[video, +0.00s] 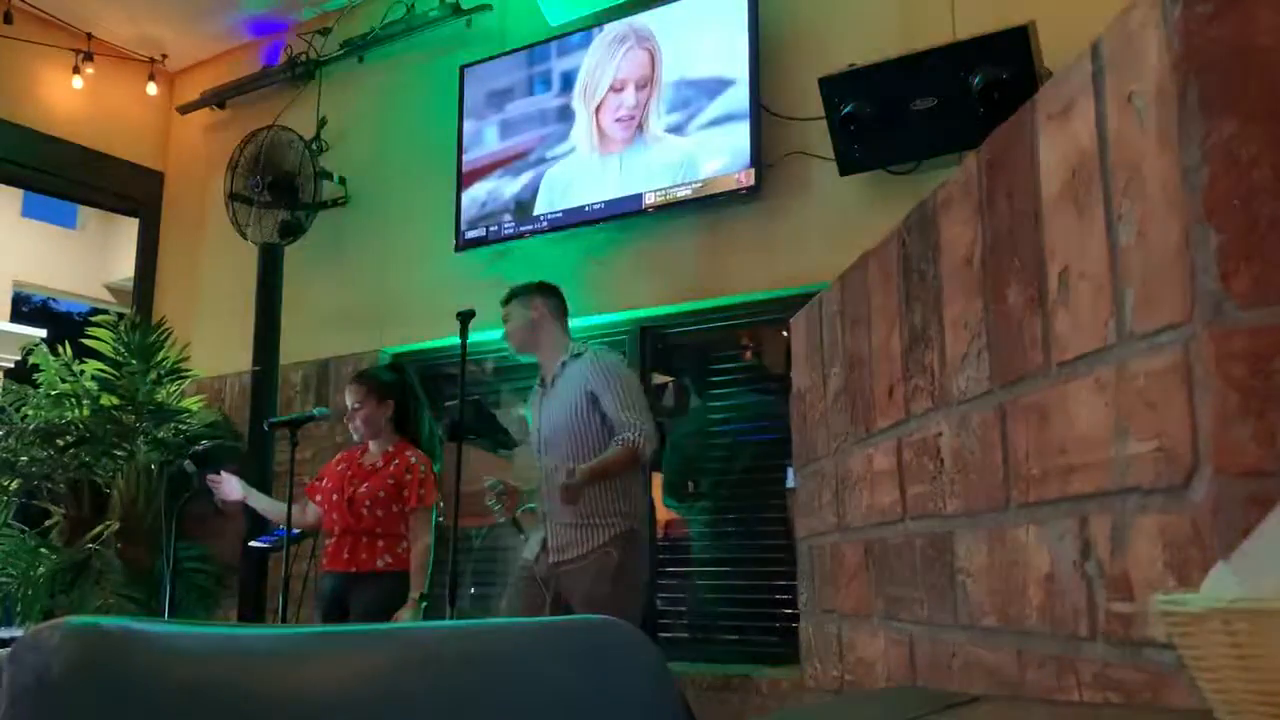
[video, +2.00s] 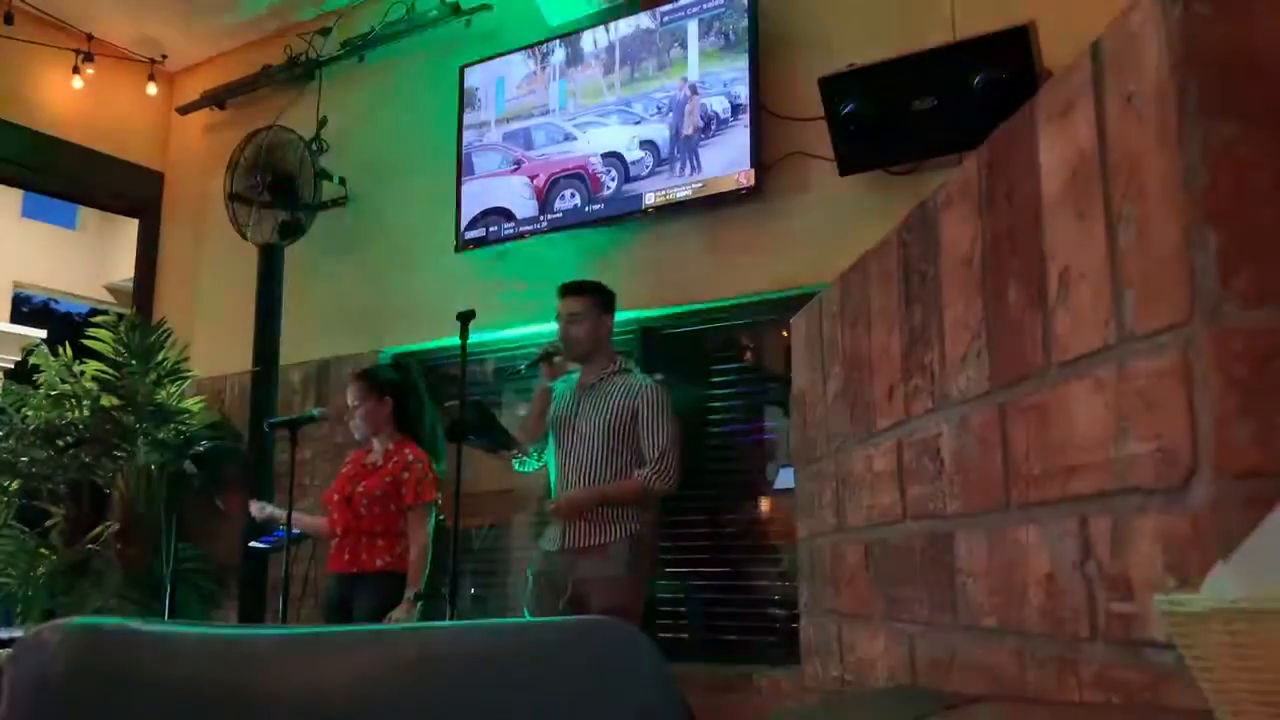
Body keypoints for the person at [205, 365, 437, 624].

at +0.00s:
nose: (348, 417)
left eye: (357, 408)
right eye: (347, 410)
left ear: (387, 408)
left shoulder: (413, 464)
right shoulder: (342, 463)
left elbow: (421, 539)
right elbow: (304, 517)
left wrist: (415, 601)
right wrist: (244, 492)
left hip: (385, 583)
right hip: (334, 582)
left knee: (371, 677)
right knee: (329, 675)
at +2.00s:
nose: (349, 416)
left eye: (357, 406)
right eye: (349, 408)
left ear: (386, 405)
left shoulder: (413, 461)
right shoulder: (355, 460)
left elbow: (419, 539)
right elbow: (333, 526)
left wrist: (411, 600)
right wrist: (278, 515)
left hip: (384, 581)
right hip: (341, 579)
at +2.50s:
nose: (343, 417)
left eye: (351, 407)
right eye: (342, 409)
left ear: (380, 408)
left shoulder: (408, 463)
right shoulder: (341, 464)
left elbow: (419, 537)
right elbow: (303, 518)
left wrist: (415, 601)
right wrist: (251, 481)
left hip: (383, 581)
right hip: (334, 580)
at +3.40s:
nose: (341, 416)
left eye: (349, 406)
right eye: (339, 409)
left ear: (380, 406)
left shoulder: (408, 462)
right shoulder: (338, 464)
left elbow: (418, 537)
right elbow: (318, 526)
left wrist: (415, 601)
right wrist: (256, 517)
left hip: (382, 581)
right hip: (331, 579)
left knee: (371, 677)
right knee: (330, 676)